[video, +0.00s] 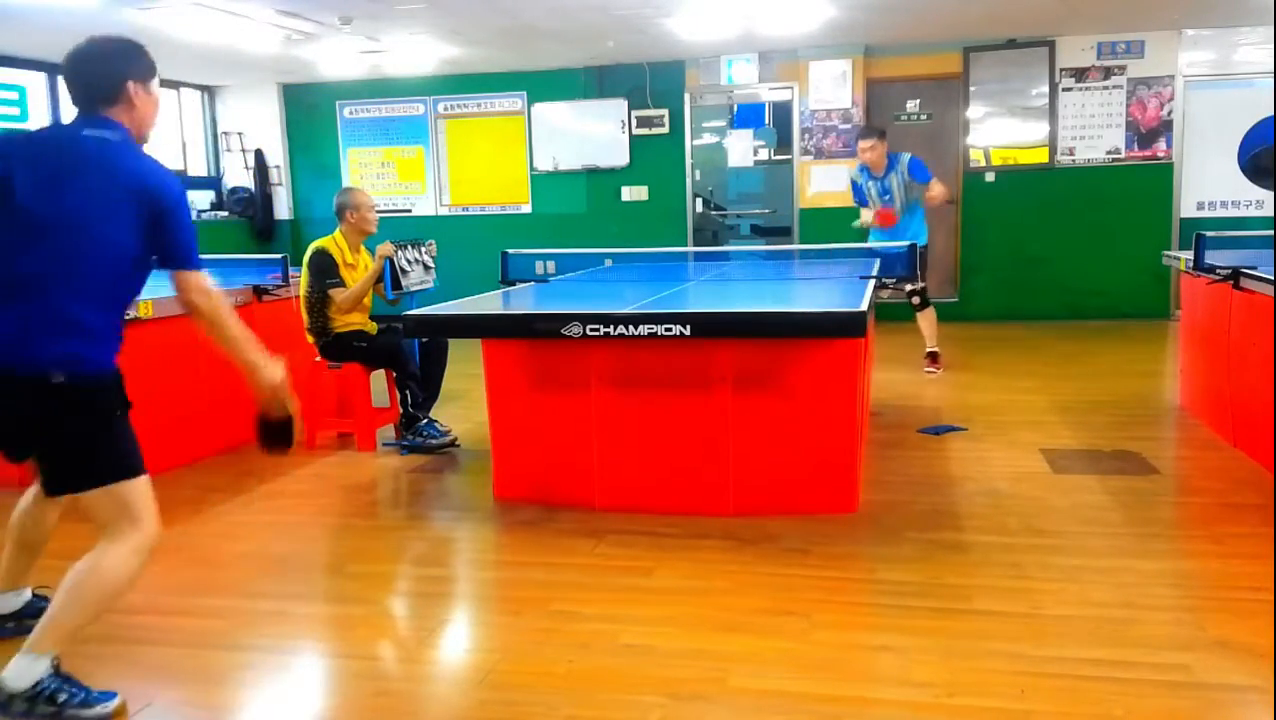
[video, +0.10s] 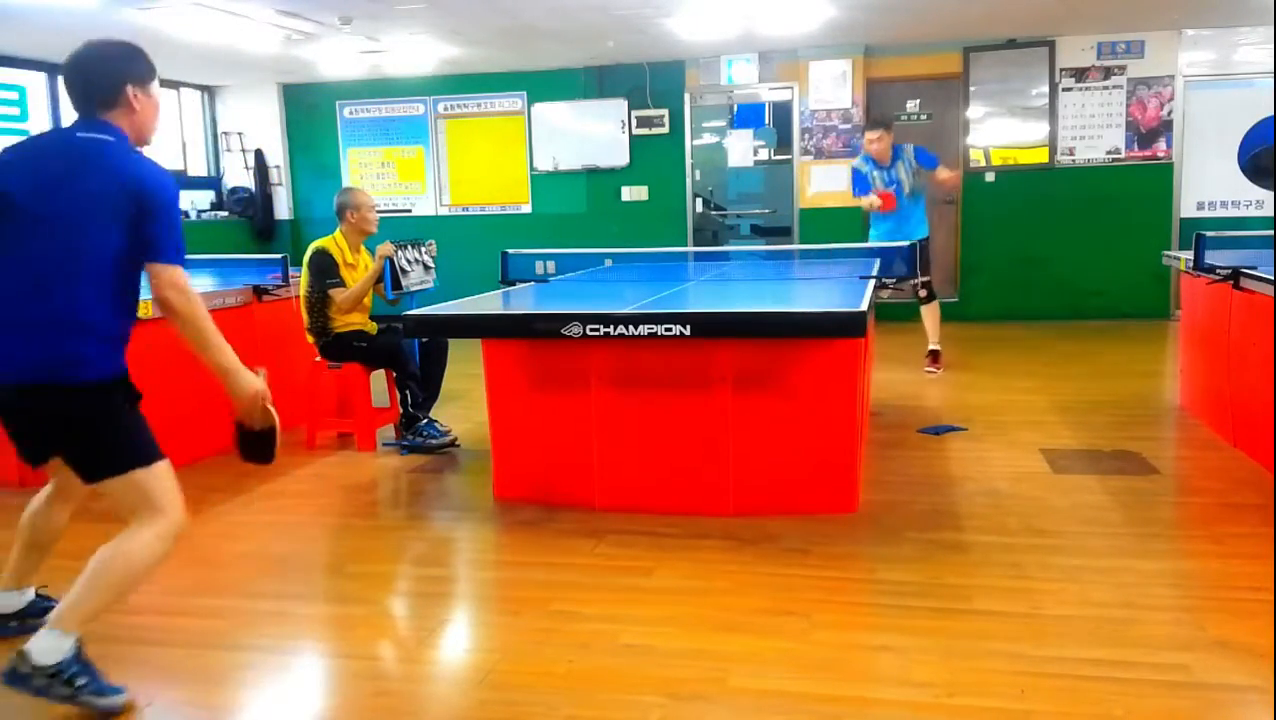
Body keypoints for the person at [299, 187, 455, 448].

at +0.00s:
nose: (377, 215)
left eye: (376, 210)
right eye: (371, 210)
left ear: (354, 217)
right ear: (351, 216)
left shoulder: (364, 254)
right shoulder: (321, 253)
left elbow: (391, 298)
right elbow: (344, 303)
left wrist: (419, 260)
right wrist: (377, 267)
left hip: (364, 330)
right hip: (335, 339)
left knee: (435, 339)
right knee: (401, 346)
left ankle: (419, 420)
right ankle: (412, 427)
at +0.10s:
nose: (378, 215)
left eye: (376, 210)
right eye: (372, 210)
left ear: (354, 217)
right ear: (351, 216)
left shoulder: (364, 254)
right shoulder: (321, 252)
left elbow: (391, 298)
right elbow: (344, 303)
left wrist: (419, 260)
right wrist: (377, 267)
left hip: (364, 330)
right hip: (335, 339)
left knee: (435, 339)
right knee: (401, 347)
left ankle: (419, 419)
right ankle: (412, 427)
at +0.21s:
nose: (378, 215)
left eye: (376, 210)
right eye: (372, 210)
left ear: (354, 217)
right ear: (351, 216)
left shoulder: (364, 254)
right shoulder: (322, 252)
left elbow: (390, 298)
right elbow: (344, 303)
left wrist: (419, 260)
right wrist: (377, 267)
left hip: (364, 330)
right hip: (335, 339)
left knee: (435, 339)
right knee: (401, 346)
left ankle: (419, 420)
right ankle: (411, 427)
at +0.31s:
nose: (376, 216)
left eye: (375, 210)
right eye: (370, 210)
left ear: (351, 217)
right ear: (346, 216)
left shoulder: (364, 253)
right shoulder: (322, 252)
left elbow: (390, 297)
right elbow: (344, 303)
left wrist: (419, 260)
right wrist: (377, 267)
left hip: (364, 330)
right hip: (335, 339)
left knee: (435, 339)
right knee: (401, 347)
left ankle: (420, 419)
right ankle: (412, 427)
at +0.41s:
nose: (370, 216)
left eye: (372, 210)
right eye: (362, 210)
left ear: (374, 213)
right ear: (341, 213)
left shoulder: (364, 253)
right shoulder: (322, 252)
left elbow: (390, 297)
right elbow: (344, 303)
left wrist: (419, 261)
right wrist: (377, 268)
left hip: (364, 330)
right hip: (334, 339)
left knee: (435, 339)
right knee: (400, 346)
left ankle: (419, 419)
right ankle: (412, 426)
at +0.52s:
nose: (365, 216)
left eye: (368, 210)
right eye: (356, 210)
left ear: (372, 214)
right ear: (339, 214)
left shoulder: (365, 253)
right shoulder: (321, 252)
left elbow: (390, 297)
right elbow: (343, 304)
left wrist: (420, 260)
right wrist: (377, 268)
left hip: (365, 330)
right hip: (335, 339)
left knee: (435, 339)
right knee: (401, 347)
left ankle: (420, 419)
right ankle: (412, 427)